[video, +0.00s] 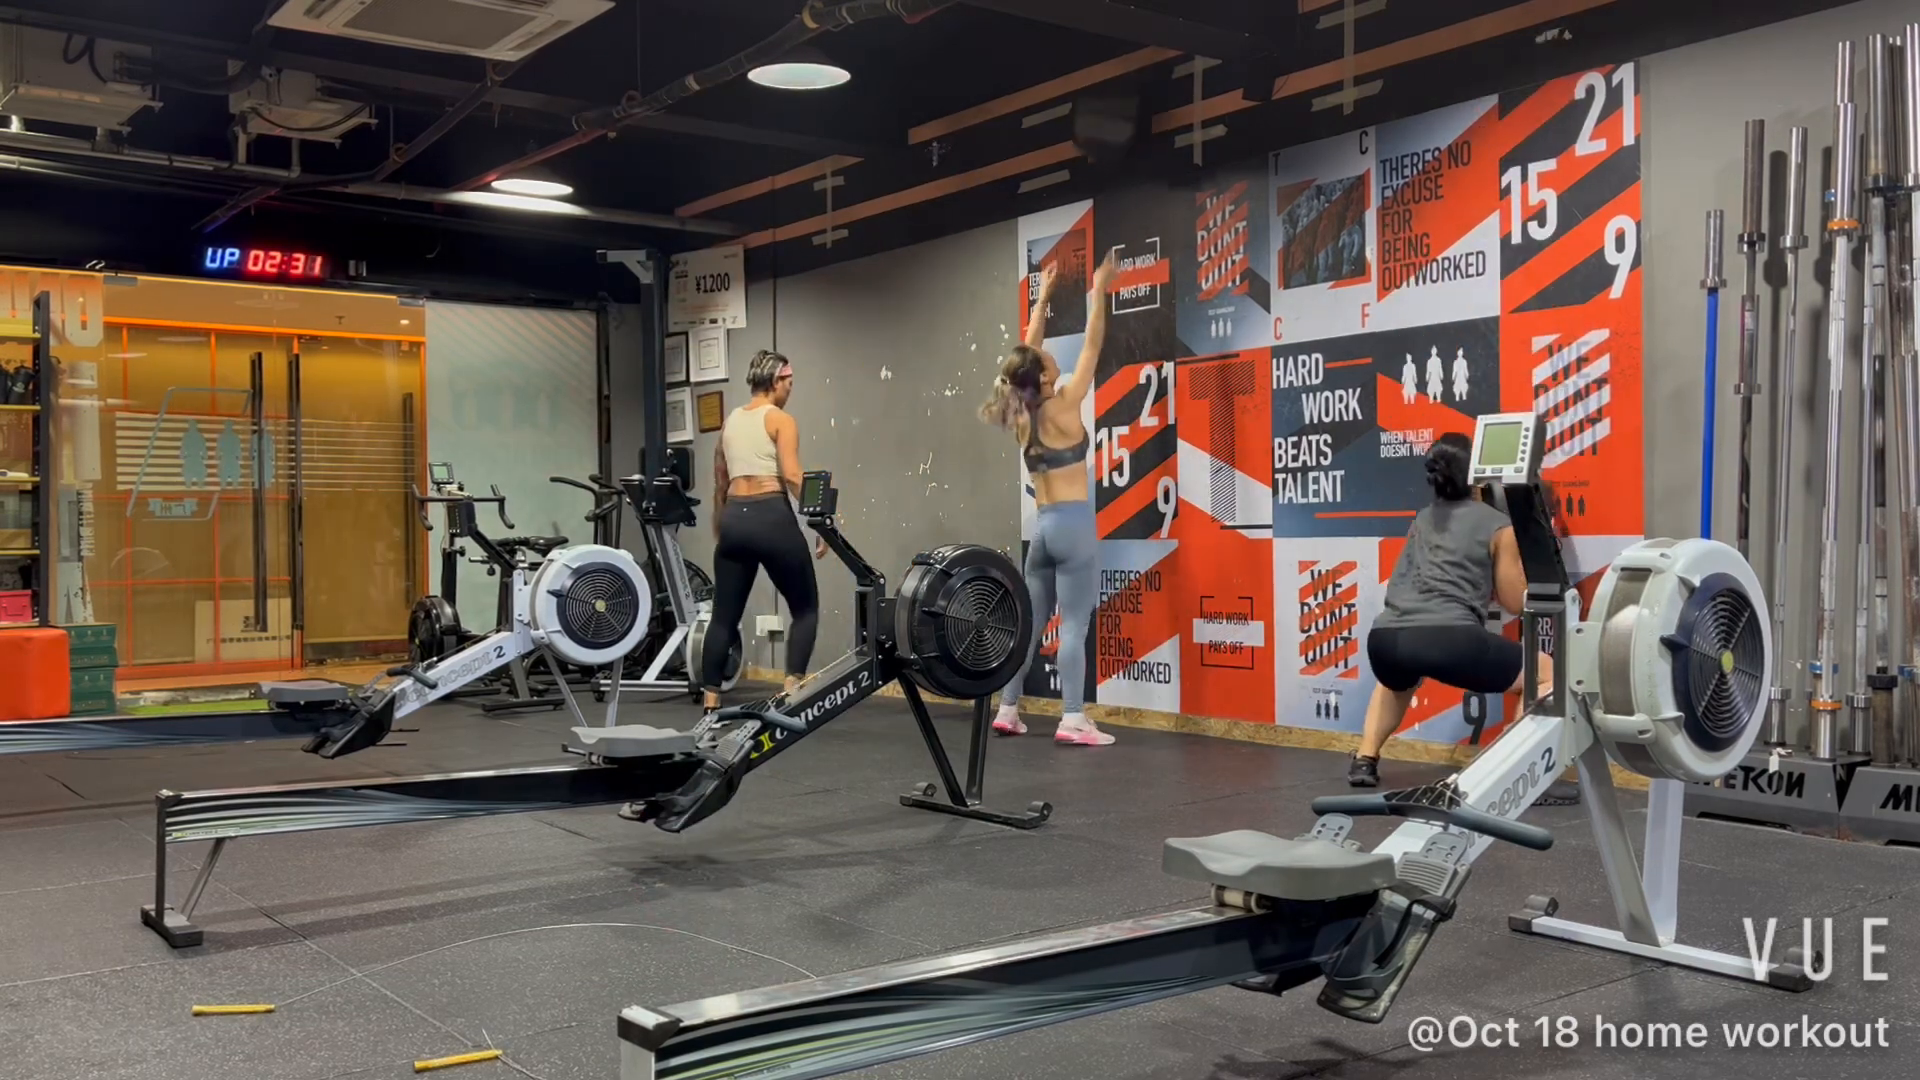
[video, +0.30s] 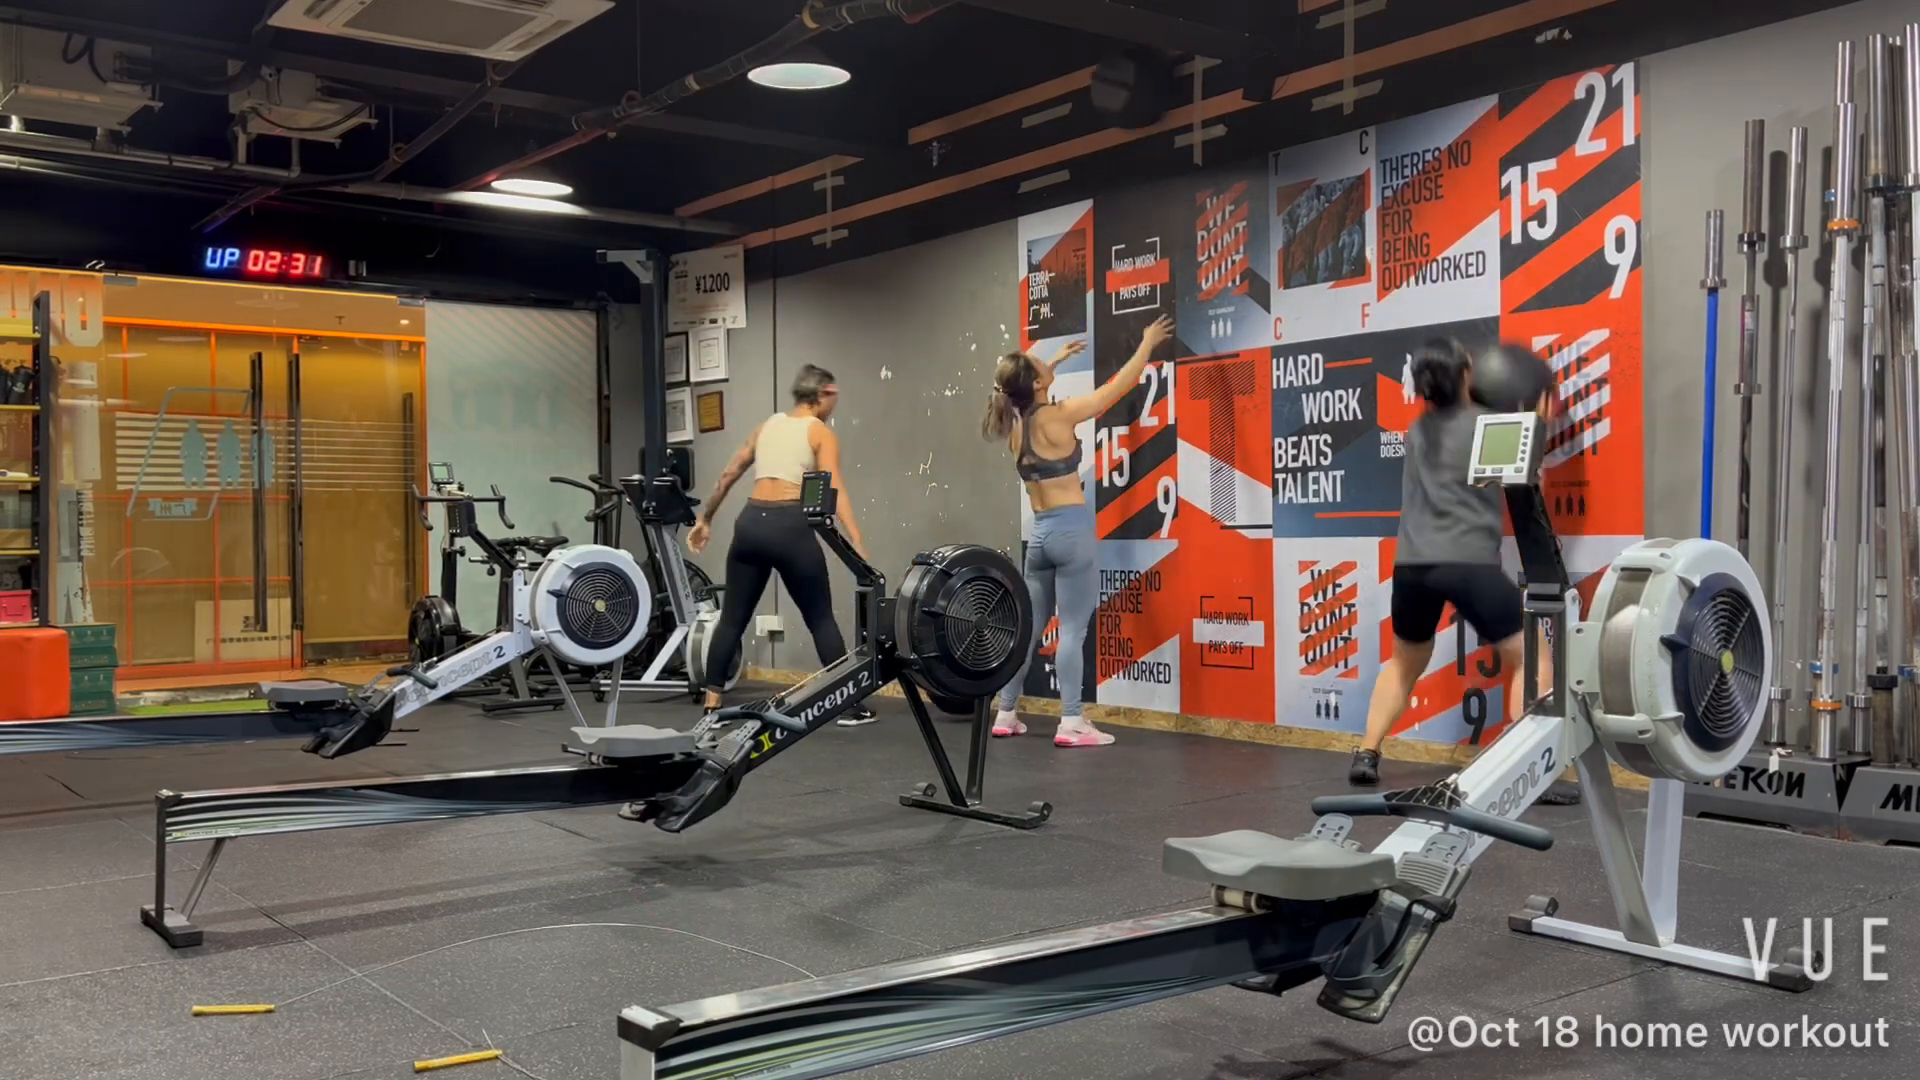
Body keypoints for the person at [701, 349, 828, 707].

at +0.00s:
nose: (790, 387)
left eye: (790, 380)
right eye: (788, 380)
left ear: (754, 382)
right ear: (775, 381)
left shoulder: (731, 423)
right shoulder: (781, 420)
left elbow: (722, 482)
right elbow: (792, 476)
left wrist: (721, 528)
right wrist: (823, 520)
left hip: (733, 517)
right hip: (773, 517)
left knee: (723, 618)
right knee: (805, 609)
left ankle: (710, 705)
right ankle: (792, 688)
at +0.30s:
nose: (834, 404)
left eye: (835, 396)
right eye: (832, 396)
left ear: (798, 396)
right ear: (818, 396)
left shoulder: (768, 425)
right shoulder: (821, 432)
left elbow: (730, 473)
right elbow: (834, 490)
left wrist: (705, 518)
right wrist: (858, 546)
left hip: (751, 523)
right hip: (794, 526)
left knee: (732, 618)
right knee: (821, 618)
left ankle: (710, 705)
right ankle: (849, 703)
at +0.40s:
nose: (864, 419)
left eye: (864, 412)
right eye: (862, 412)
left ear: (829, 409)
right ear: (850, 410)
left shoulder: (794, 434)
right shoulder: (845, 443)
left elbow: (751, 474)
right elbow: (858, 502)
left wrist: (724, 516)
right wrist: (884, 558)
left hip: (760, 522)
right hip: (801, 526)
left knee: (740, 619)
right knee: (831, 618)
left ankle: (713, 702)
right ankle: (849, 704)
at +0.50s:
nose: (889, 448)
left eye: (890, 441)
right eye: (888, 441)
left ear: (854, 432)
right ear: (876, 436)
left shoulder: (816, 447)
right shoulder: (865, 462)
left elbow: (770, 477)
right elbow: (883, 522)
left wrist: (742, 518)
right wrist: (909, 568)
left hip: (765, 524)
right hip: (807, 528)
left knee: (749, 619)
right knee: (834, 619)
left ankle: (719, 697)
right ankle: (850, 705)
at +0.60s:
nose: (904, 478)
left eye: (906, 472)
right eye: (905, 471)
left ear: (875, 459)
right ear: (896, 466)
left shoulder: (839, 465)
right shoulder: (879, 485)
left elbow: (783, 484)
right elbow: (901, 545)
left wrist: (750, 521)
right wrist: (930, 584)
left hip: (768, 522)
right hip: (807, 526)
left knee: (755, 615)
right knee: (837, 618)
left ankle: (727, 698)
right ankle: (851, 704)